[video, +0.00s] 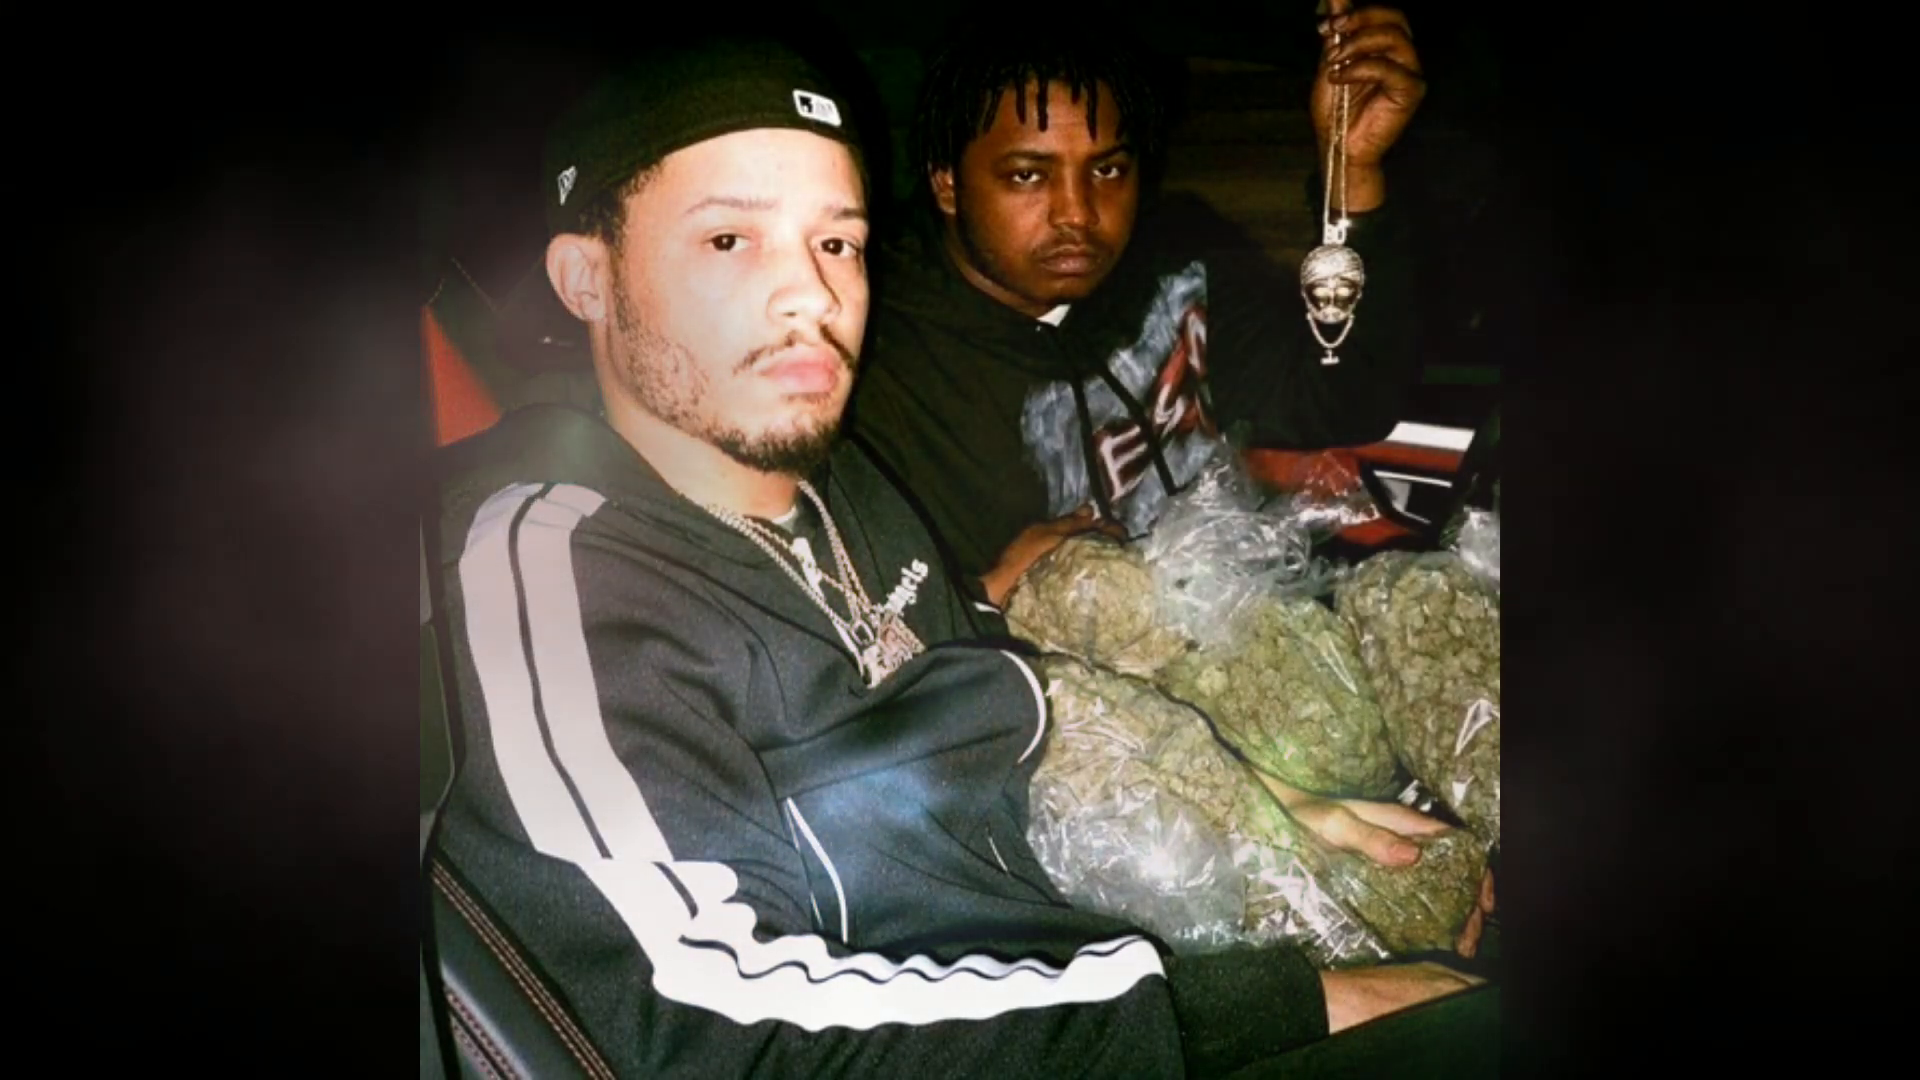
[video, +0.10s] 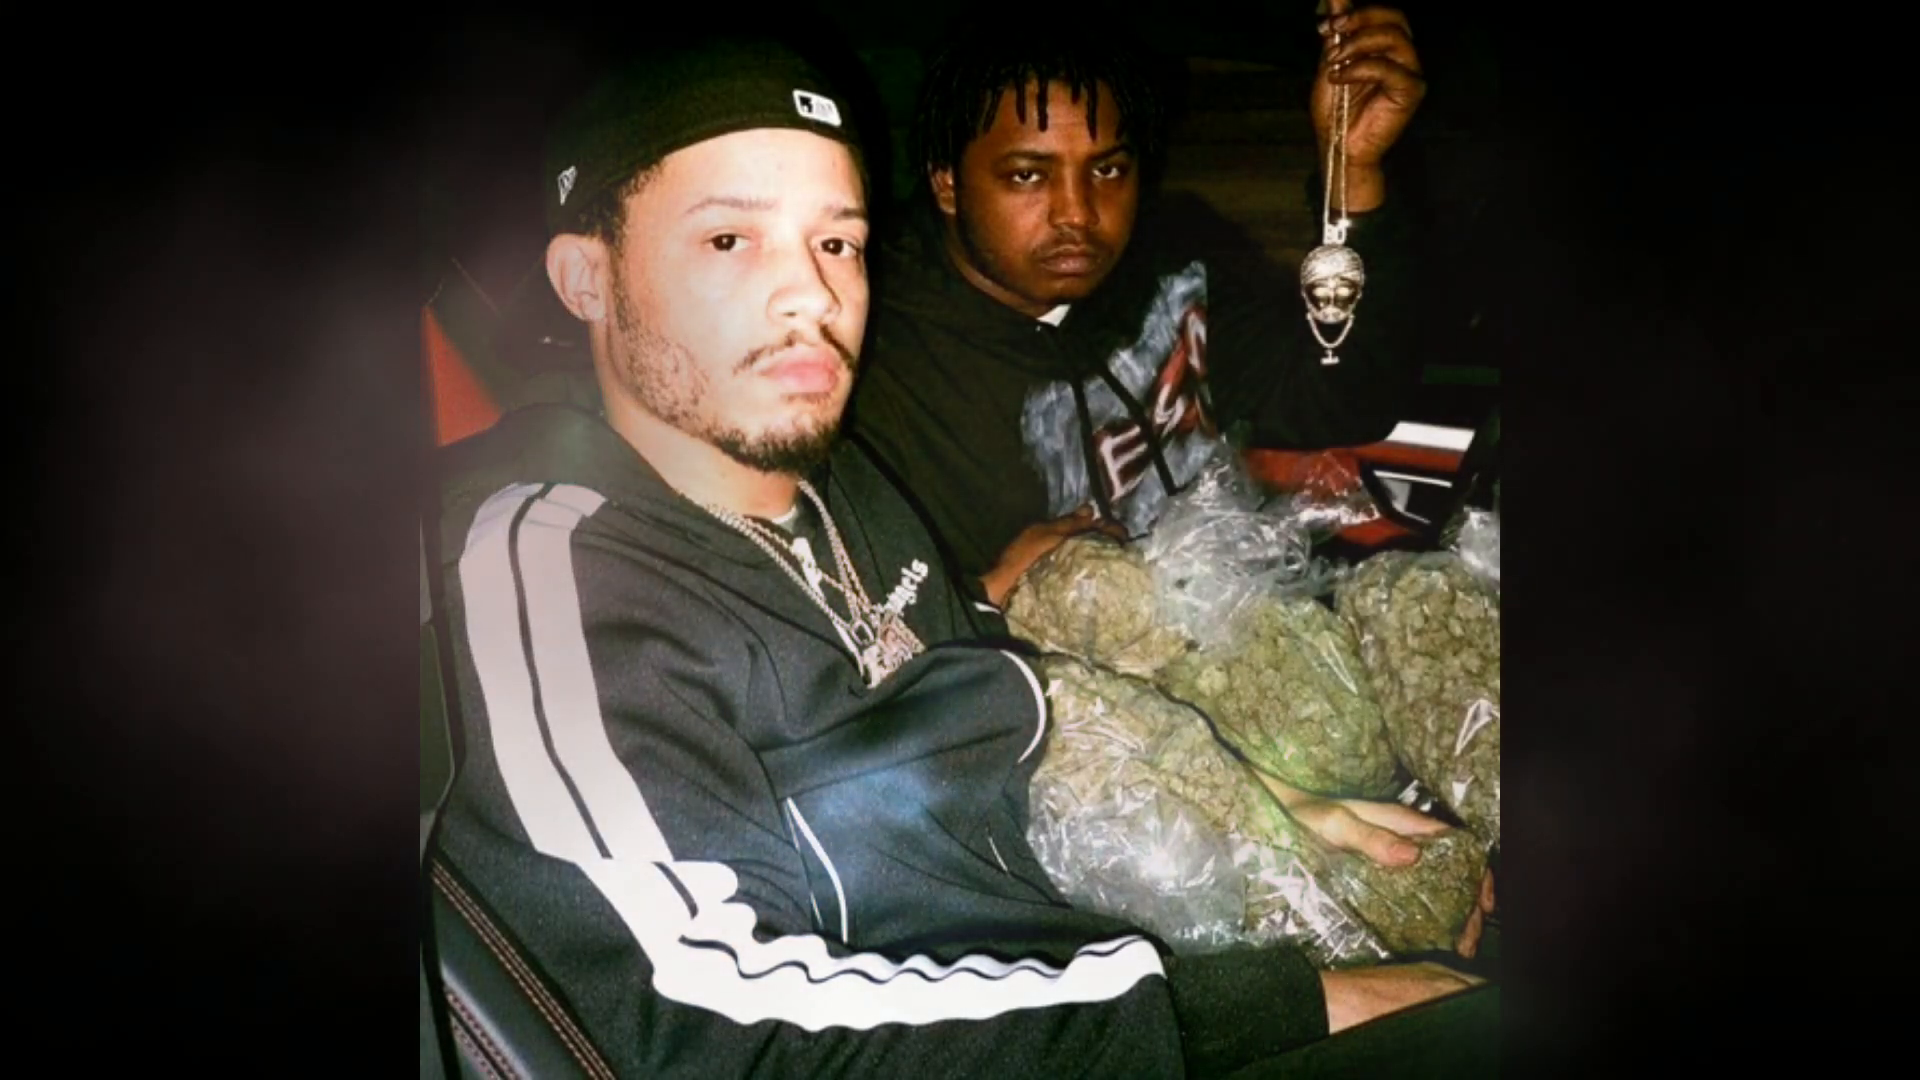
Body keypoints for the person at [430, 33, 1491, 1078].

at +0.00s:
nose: (810, 304)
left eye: (835, 249)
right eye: (729, 244)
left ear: (866, 267)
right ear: (587, 282)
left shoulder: (831, 484)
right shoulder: (536, 552)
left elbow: (1008, 763)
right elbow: (702, 1017)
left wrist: (1273, 834)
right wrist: (1270, 1004)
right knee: (1477, 1019)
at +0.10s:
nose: (809, 303)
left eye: (835, 249)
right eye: (728, 244)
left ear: (866, 268)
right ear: (587, 282)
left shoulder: (831, 485)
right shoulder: (534, 553)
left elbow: (1015, 760)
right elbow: (700, 1019)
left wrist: (1274, 831)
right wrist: (1269, 1005)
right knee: (1490, 1017)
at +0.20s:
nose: (809, 303)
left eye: (835, 249)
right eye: (729, 244)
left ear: (867, 268)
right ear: (587, 280)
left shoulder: (831, 486)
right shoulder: (534, 556)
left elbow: (1017, 755)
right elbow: (701, 1018)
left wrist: (1275, 828)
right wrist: (1270, 1005)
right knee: (1496, 1013)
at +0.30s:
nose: (810, 304)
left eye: (835, 249)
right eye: (730, 244)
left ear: (867, 266)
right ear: (588, 280)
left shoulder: (830, 483)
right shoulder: (534, 561)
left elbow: (1014, 752)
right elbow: (703, 1017)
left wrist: (1273, 828)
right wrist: (1272, 1006)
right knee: (1509, 1013)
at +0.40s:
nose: (809, 303)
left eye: (835, 249)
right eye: (730, 245)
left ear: (867, 267)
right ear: (587, 281)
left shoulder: (829, 484)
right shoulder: (533, 558)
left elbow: (1015, 757)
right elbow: (700, 1020)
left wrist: (1273, 828)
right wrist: (1271, 1006)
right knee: (1512, 1011)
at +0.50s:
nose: (810, 302)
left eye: (835, 250)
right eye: (729, 244)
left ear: (867, 269)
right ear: (586, 280)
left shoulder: (827, 486)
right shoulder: (536, 553)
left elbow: (1017, 755)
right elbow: (702, 1018)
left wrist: (1275, 827)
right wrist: (1275, 1008)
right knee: (1505, 1011)